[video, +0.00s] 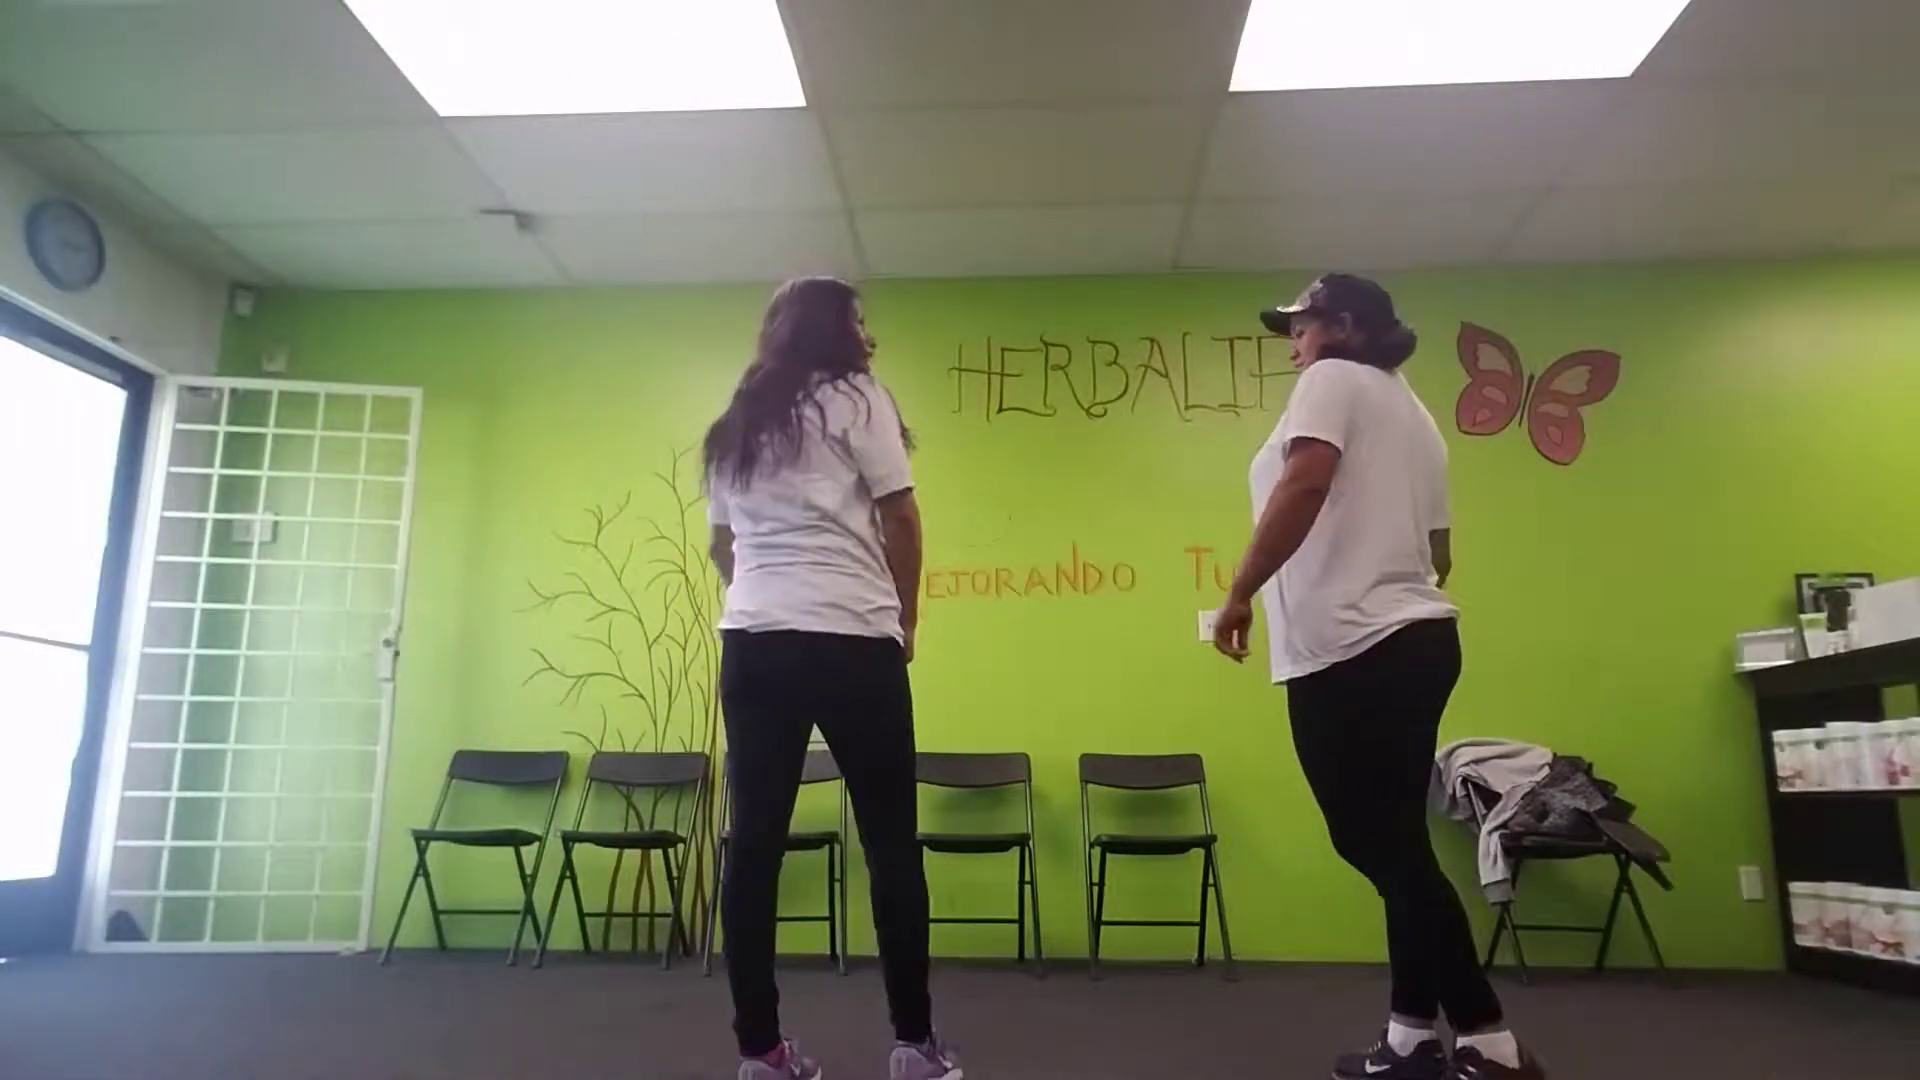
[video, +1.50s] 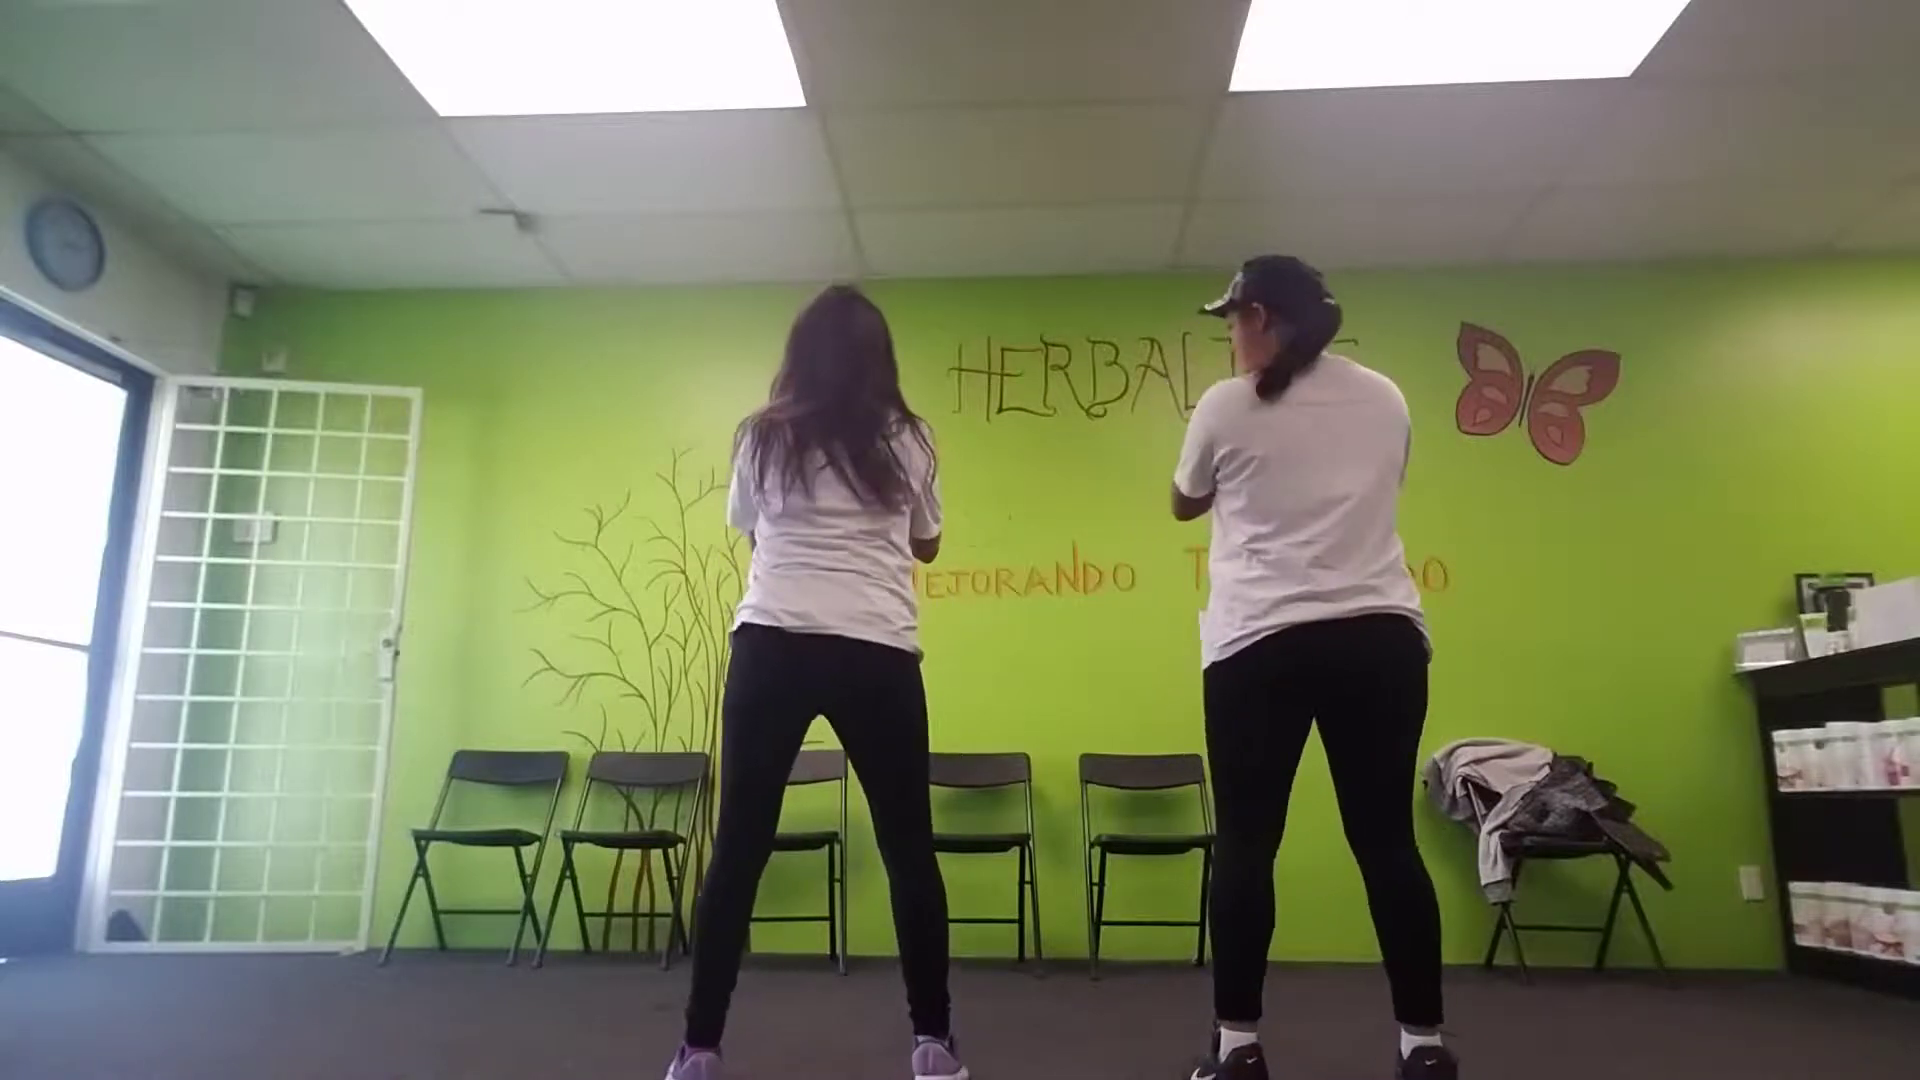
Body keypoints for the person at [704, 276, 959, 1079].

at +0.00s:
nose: (869, 337)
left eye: (866, 324)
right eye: (860, 324)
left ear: (782, 334)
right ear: (834, 329)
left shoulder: (736, 414)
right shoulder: (857, 393)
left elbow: (724, 548)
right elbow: (900, 521)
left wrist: (764, 622)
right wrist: (904, 621)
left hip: (754, 644)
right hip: (854, 638)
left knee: (752, 849)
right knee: (893, 846)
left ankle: (758, 1050)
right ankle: (914, 1046)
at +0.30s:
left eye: (813, 329)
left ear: (811, 342)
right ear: (892, 343)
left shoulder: (773, 421)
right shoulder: (921, 414)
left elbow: (747, 545)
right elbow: (959, 540)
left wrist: (793, 612)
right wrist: (929, 619)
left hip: (794, 646)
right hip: (900, 647)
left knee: (790, 843)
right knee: (908, 851)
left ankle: (766, 1048)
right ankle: (920, 1050)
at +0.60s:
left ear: (815, 344)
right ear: (897, 348)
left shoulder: (775, 421)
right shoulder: (923, 418)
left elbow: (746, 537)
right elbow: (973, 523)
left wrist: (812, 565)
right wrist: (917, 559)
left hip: (799, 643)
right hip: (904, 644)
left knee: (763, 846)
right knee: (908, 848)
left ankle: (713, 1047)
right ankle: (921, 1051)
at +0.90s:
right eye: (864, 338)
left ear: (783, 342)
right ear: (865, 347)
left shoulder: (744, 421)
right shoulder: (889, 423)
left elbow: (724, 544)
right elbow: (917, 536)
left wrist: (797, 514)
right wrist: (848, 503)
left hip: (760, 649)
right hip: (864, 652)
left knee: (739, 841)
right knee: (899, 845)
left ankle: (707, 1050)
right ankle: (926, 1048)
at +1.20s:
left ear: (803, 345)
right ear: (890, 346)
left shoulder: (770, 425)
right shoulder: (920, 429)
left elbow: (759, 545)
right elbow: (938, 539)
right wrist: (864, 513)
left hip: (788, 649)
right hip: (895, 652)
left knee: (743, 846)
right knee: (906, 855)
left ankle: (703, 1046)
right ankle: (927, 1053)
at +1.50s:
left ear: (796, 355)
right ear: (881, 358)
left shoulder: (762, 433)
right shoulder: (909, 436)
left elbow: (748, 525)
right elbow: (926, 542)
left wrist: (822, 510)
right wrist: (856, 506)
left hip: (771, 645)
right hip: (876, 650)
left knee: (738, 847)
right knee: (910, 849)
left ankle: (698, 1052)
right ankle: (933, 1049)